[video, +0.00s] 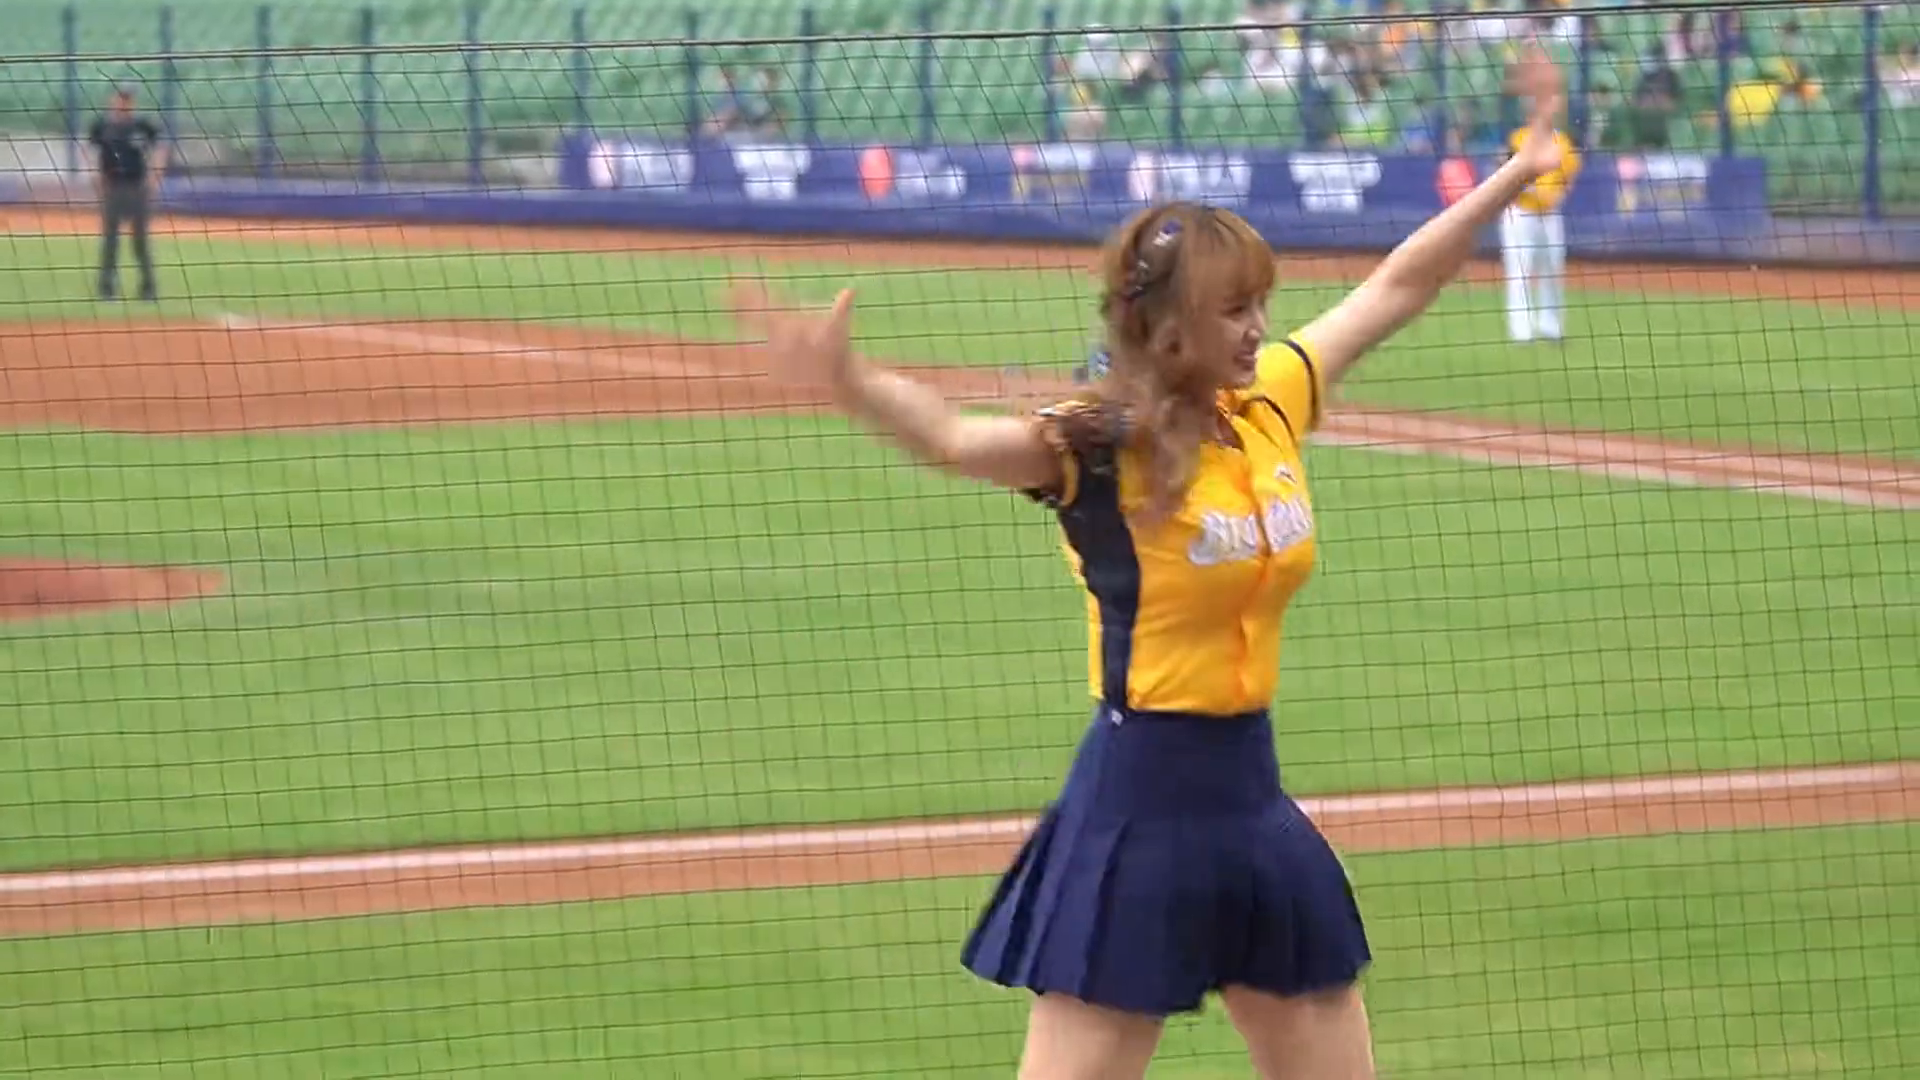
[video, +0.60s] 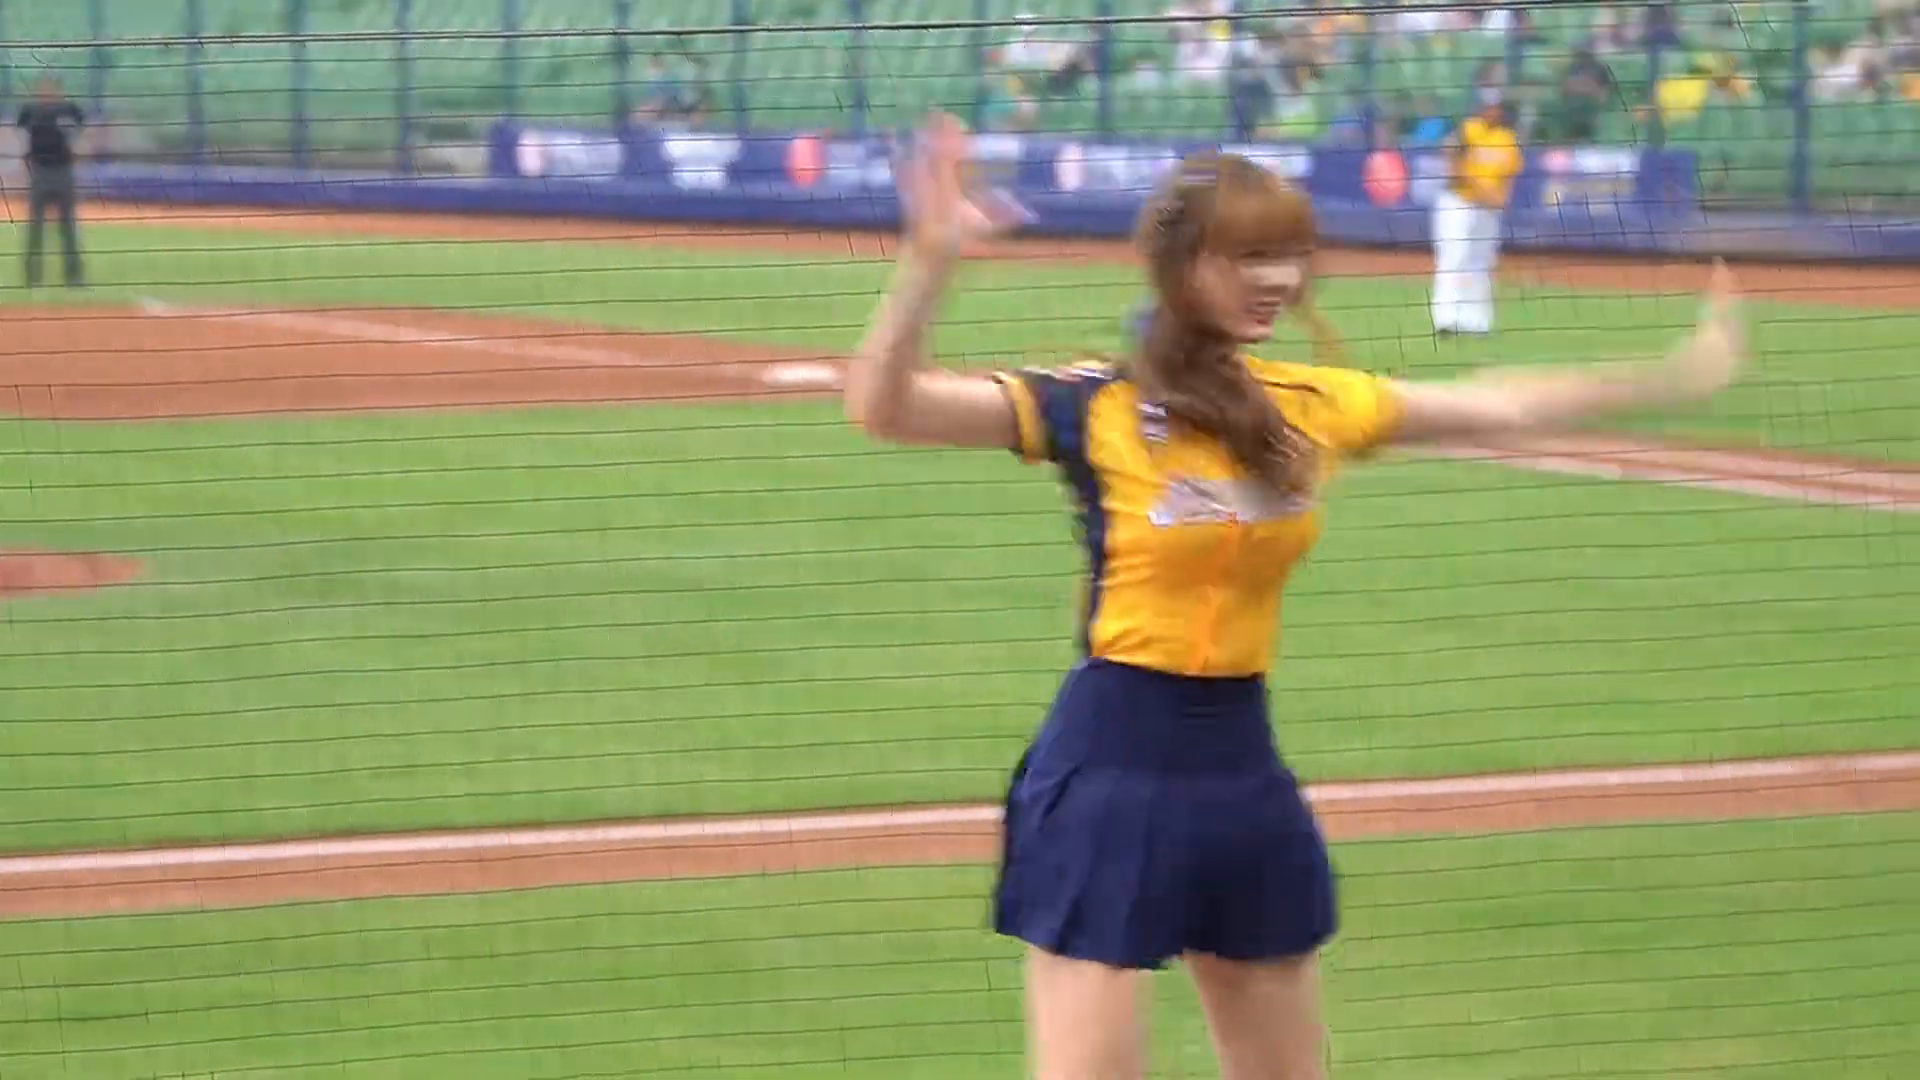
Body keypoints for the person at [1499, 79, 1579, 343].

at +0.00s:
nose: (1545, 117)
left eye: (1549, 111)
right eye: (1539, 112)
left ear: (1555, 114)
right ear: (1531, 114)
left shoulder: (1561, 140)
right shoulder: (1518, 140)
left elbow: (1572, 167)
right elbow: (1510, 174)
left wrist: (1557, 193)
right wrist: (1532, 195)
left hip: (1549, 211)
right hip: (1520, 211)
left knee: (1551, 267)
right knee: (1521, 268)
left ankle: (1550, 321)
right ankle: (1522, 324)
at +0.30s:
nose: (1519, 118)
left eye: (1524, 113)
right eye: (1515, 112)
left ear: (1532, 115)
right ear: (1508, 114)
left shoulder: (1538, 141)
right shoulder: (1497, 136)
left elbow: (1548, 170)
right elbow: (1480, 167)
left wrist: (1536, 197)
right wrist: (1494, 193)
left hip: (1525, 210)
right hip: (1494, 209)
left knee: (1519, 269)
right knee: (1494, 267)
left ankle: (1517, 322)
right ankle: (1490, 324)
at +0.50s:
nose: (1501, 115)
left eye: (1507, 110)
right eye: (1498, 109)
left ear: (1516, 113)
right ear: (1491, 111)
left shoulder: (1520, 140)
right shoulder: (1480, 131)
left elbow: (1526, 170)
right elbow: (1461, 161)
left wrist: (1516, 197)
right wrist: (1474, 187)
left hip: (1503, 209)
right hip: (1472, 205)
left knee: (1495, 265)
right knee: (1470, 262)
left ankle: (1493, 320)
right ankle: (1464, 320)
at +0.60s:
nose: (1492, 113)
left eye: (1496, 108)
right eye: (1488, 107)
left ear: (1503, 111)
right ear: (1480, 109)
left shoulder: (1509, 139)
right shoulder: (1468, 131)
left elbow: (1511, 172)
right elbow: (1454, 169)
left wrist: (1502, 197)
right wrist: (1479, 190)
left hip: (1488, 207)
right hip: (1457, 203)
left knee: (1480, 263)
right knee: (1452, 259)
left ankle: (1475, 318)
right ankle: (1446, 317)